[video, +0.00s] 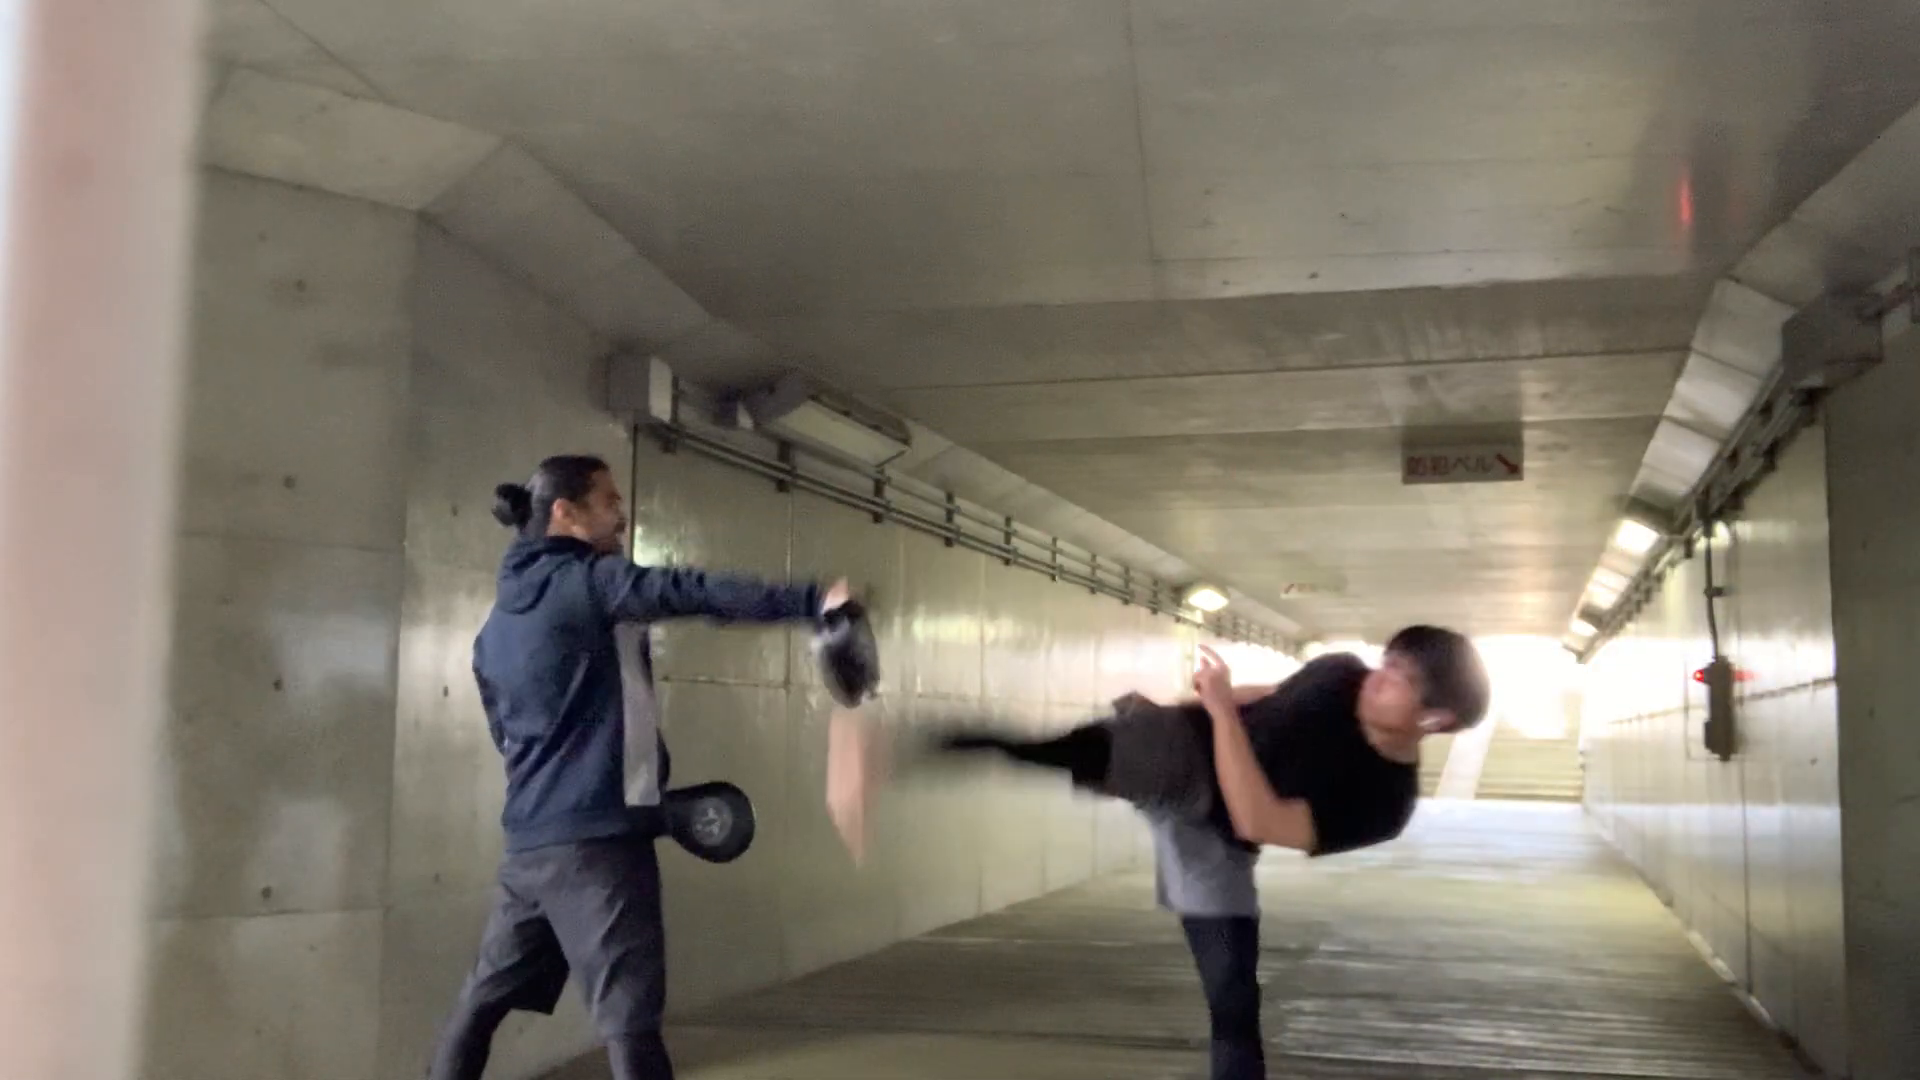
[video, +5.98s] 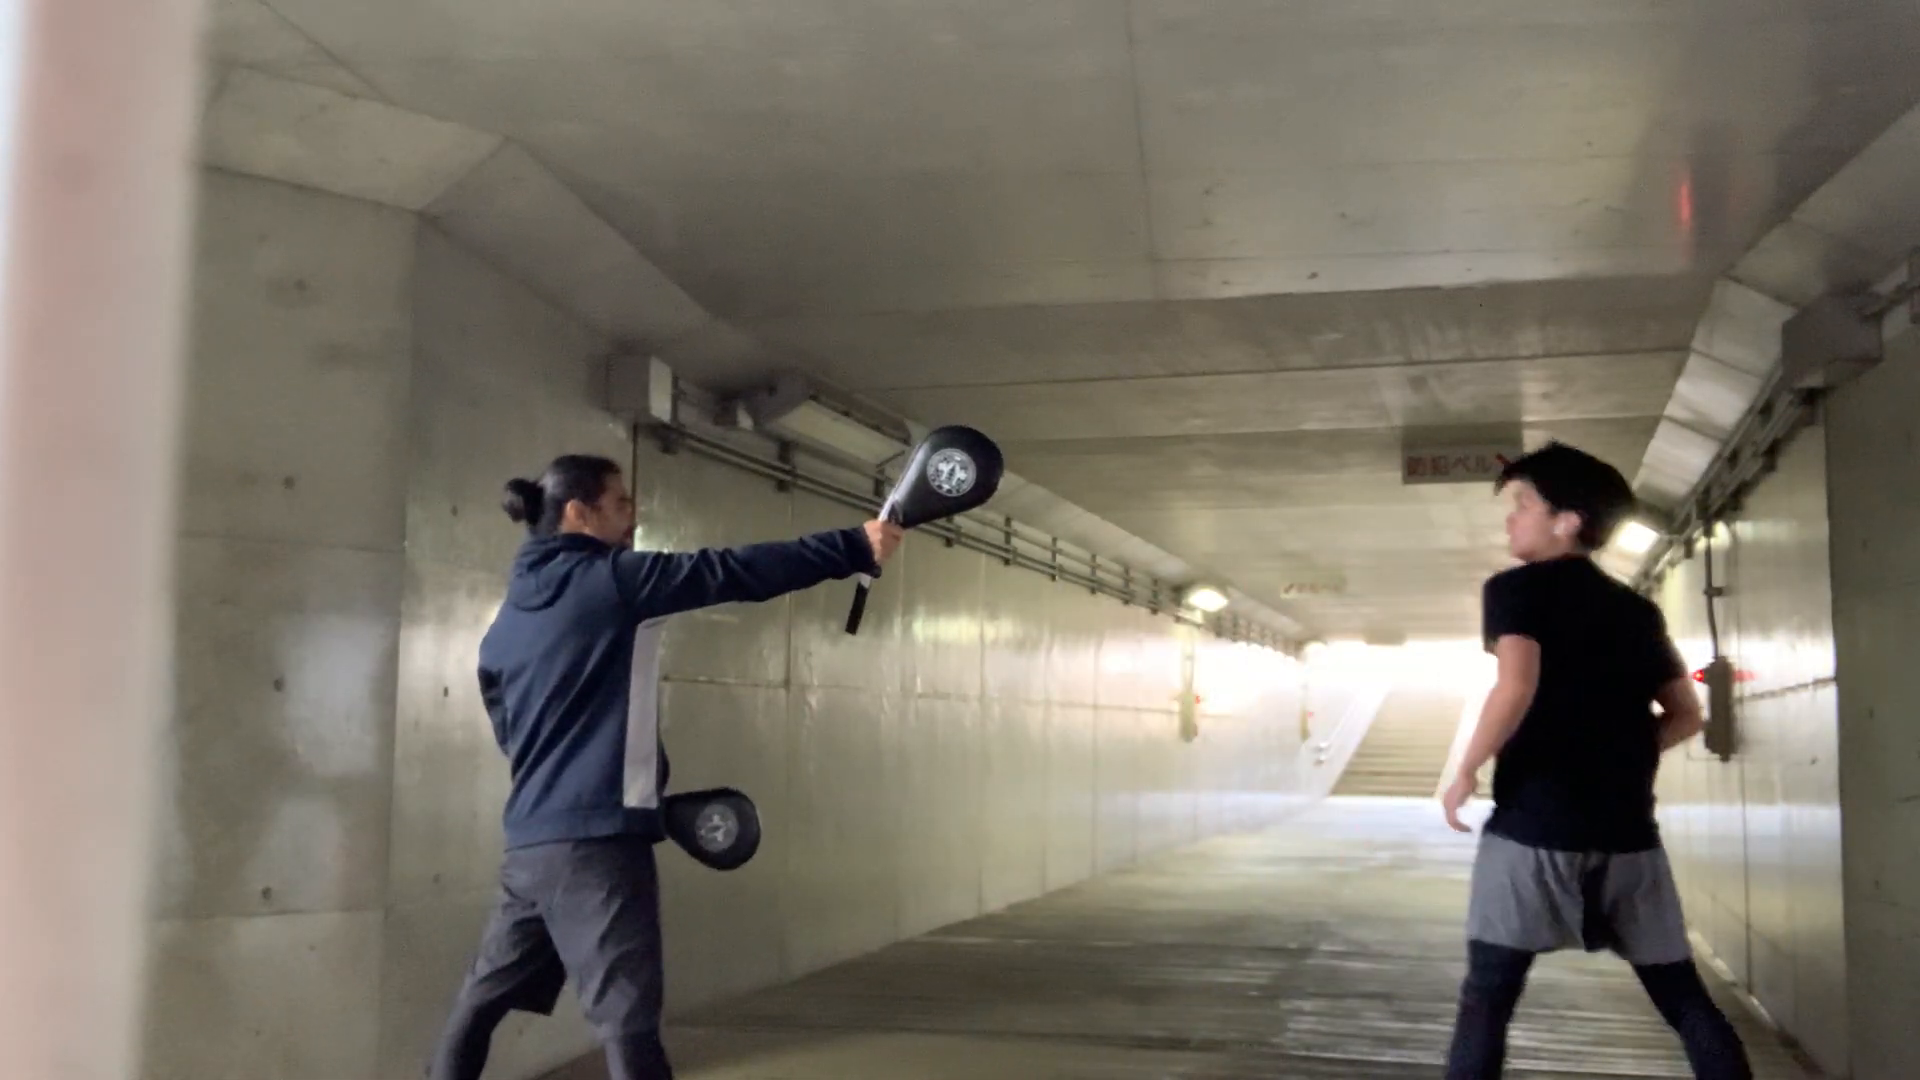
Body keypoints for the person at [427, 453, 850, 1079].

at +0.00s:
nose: (623, 516)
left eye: (620, 503)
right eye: (611, 503)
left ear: (556, 517)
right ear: (564, 512)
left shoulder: (493, 631)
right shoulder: (591, 581)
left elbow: (520, 748)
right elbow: (695, 589)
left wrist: (647, 799)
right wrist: (812, 600)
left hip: (528, 845)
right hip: (596, 841)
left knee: (478, 1008)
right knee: (630, 1027)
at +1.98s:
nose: (642, 514)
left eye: (637, 501)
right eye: (630, 501)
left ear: (579, 512)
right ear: (588, 510)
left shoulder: (507, 623)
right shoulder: (623, 577)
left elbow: (510, 738)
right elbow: (741, 570)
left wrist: (613, 793)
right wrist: (869, 546)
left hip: (529, 836)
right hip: (590, 834)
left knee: (474, 1004)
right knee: (626, 1023)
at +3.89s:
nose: (652, 522)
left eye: (650, 507)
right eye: (641, 508)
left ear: (590, 518)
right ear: (597, 515)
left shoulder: (515, 625)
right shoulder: (622, 580)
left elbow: (523, 739)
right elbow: (734, 575)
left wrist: (638, 792)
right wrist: (844, 555)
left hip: (534, 838)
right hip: (599, 836)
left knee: (480, 1003)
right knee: (633, 1023)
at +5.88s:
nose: (634, 519)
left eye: (631, 506)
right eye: (623, 506)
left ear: (568, 517)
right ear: (579, 512)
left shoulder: (501, 633)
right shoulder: (612, 578)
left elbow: (526, 747)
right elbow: (731, 572)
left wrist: (638, 785)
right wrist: (855, 545)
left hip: (531, 841)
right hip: (596, 840)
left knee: (477, 1008)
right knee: (628, 1029)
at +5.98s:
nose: (634, 517)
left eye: (630, 504)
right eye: (623, 504)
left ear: (568, 517)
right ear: (578, 513)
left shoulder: (501, 633)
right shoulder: (611, 578)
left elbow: (526, 747)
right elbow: (731, 572)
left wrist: (637, 785)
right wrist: (855, 546)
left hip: (532, 841)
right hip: (595, 841)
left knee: (477, 1009)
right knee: (628, 1029)